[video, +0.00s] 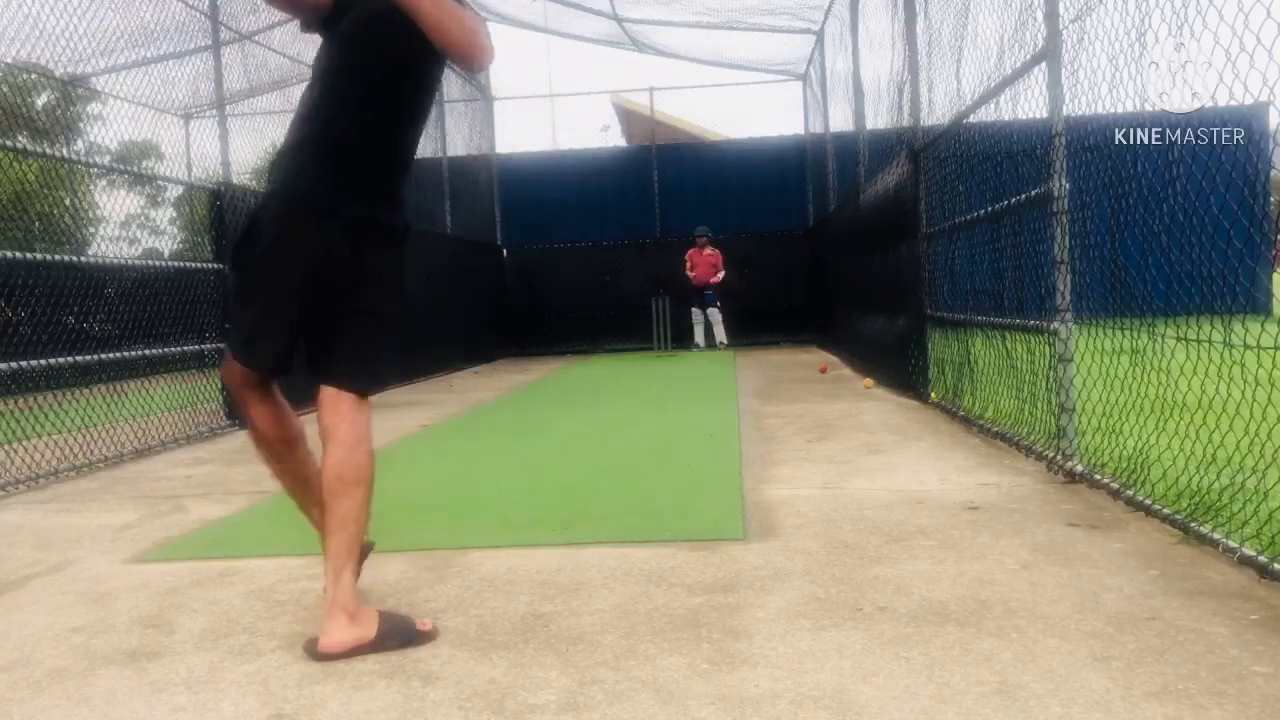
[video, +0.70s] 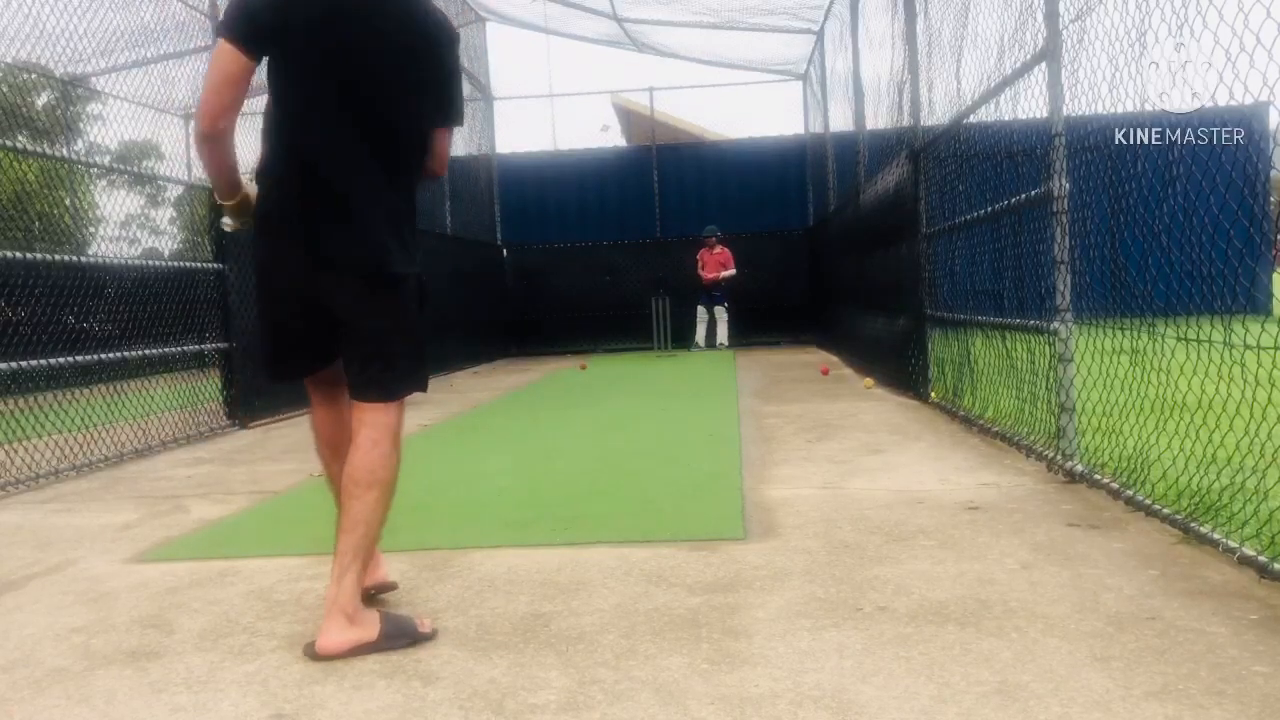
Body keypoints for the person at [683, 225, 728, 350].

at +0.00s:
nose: (700, 240)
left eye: (702, 237)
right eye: (698, 237)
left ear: (708, 238)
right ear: (695, 239)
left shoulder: (715, 253)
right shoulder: (691, 253)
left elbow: (721, 270)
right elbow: (687, 270)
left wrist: (717, 277)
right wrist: (691, 275)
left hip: (710, 285)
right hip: (696, 286)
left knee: (713, 313)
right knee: (696, 315)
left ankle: (721, 341)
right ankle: (699, 343)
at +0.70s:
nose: (708, 240)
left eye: (711, 237)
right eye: (706, 238)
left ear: (716, 238)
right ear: (704, 239)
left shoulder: (725, 252)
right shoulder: (702, 252)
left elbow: (732, 270)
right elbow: (699, 269)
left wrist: (720, 275)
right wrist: (704, 275)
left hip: (719, 285)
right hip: (706, 285)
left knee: (720, 312)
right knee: (701, 312)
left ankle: (722, 342)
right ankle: (699, 342)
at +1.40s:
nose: (715, 242)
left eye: (718, 239)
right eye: (713, 239)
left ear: (721, 240)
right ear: (708, 240)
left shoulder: (723, 256)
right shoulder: (700, 252)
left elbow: (726, 274)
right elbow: (691, 267)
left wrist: (729, 284)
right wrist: (700, 273)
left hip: (716, 287)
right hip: (702, 287)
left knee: (719, 313)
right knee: (699, 314)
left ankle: (723, 341)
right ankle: (702, 342)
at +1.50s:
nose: (710, 240)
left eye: (712, 237)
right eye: (707, 237)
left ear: (716, 239)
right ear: (703, 239)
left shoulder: (720, 253)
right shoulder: (696, 253)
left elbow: (724, 271)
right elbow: (690, 268)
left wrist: (726, 278)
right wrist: (699, 273)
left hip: (715, 286)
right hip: (700, 287)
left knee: (720, 312)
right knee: (700, 315)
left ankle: (723, 342)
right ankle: (702, 343)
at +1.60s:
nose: (706, 240)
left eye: (709, 237)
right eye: (704, 237)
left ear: (713, 238)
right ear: (700, 239)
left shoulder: (719, 252)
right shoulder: (695, 253)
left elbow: (724, 268)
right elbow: (690, 269)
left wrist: (725, 274)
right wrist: (698, 273)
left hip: (715, 285)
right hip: (700, 287)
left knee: (719, 313)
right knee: (700, 315)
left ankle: (725, 341)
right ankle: (702, 343)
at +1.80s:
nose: (702, 241)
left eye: (704, 238)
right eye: (701, 238)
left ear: (711, 238)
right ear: (701, 239)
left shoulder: (721, 252)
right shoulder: (697, 253)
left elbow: (728, 269)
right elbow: (694, 270)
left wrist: (724, 275)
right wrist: (700, 273)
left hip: (716, 284)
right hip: (702, 286)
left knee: (720, 312)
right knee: (701, 314)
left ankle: (725, 341)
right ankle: (702, 342)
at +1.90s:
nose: (704, 241)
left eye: (706, 239)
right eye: (703, 239)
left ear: (712, 239)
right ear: (702, 240)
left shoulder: (723, 251)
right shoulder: (699, 254)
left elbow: (730, 269)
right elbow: (696, 270)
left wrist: (724, 275)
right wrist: (702, 273)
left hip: (718, 285)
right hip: (704, 286)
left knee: (721, 312)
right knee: (702, 313)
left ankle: (725, 341)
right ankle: (702, 342)